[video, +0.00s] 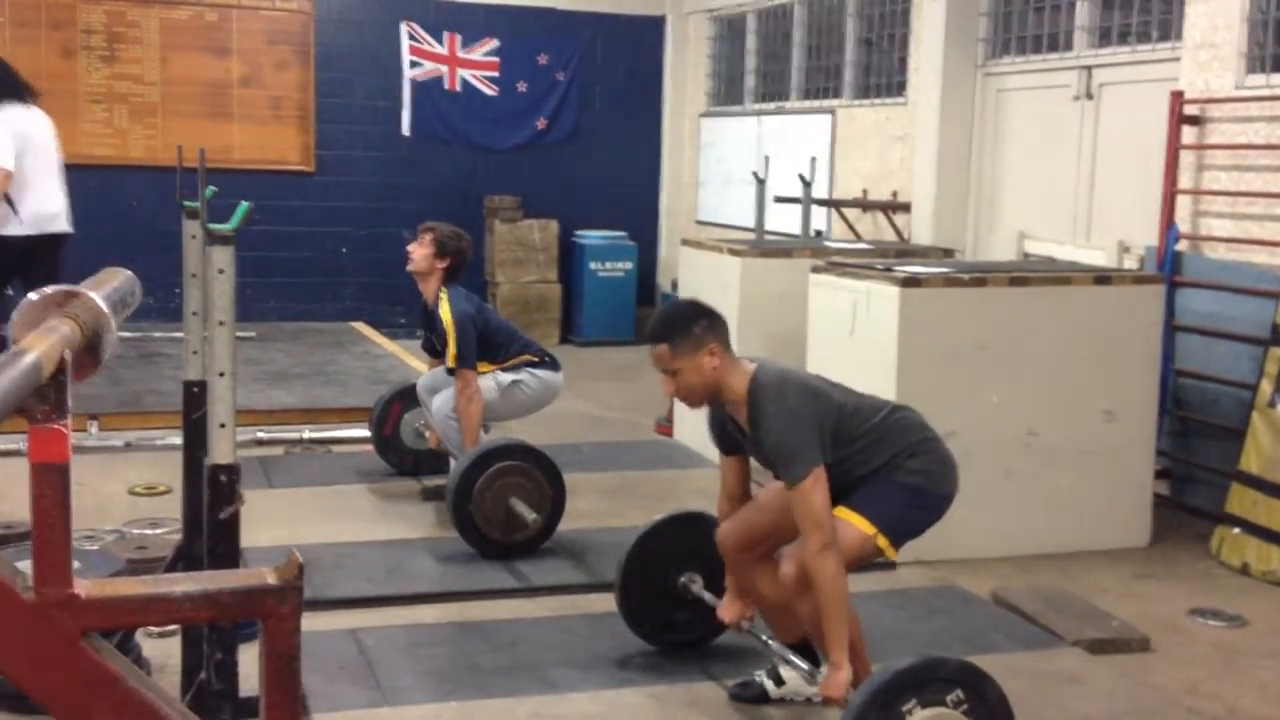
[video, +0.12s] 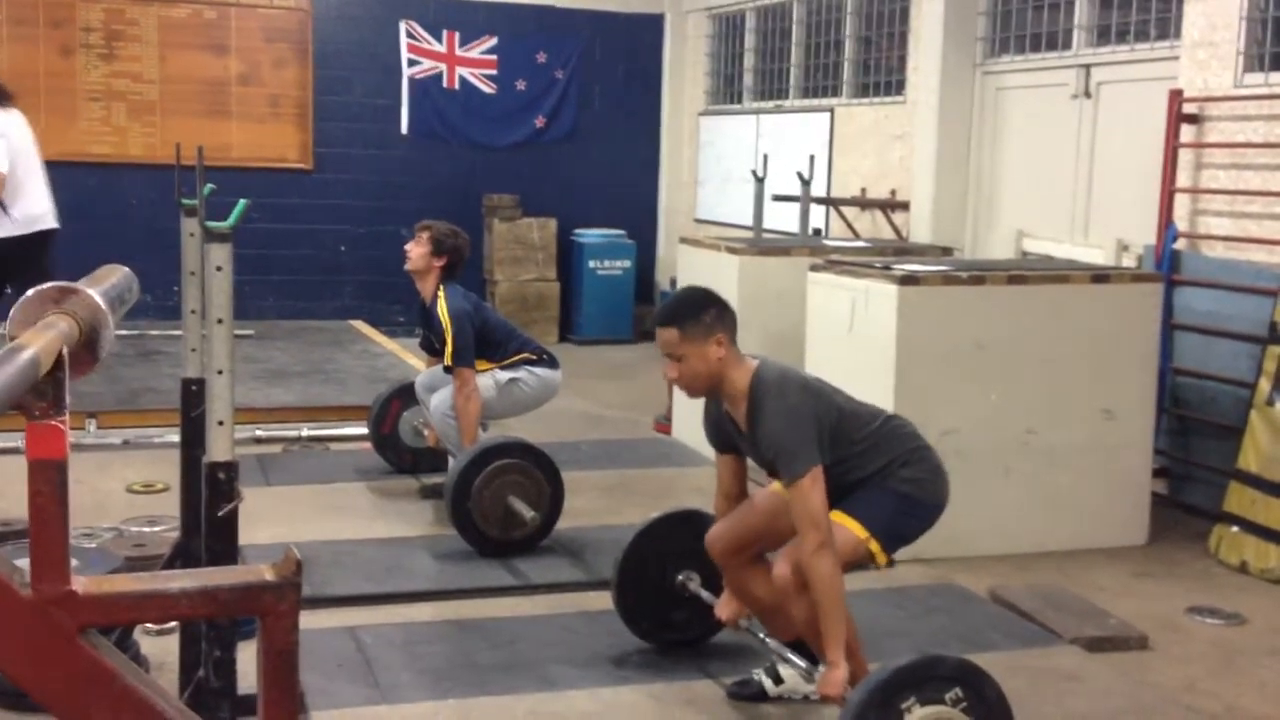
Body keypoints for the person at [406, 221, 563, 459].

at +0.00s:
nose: (409, 248)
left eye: (421, 243)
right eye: (415, 241)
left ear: (441, 262)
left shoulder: (456, 310)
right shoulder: (432, 305)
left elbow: (468, 388)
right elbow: (436, 367)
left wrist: (472, 456)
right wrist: (437, 430)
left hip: (536, 375)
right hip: (509, 370)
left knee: (444, 408)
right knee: (428, 386)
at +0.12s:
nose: (406, 247)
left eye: (418, 243)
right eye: (412, 241)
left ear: (439, 261)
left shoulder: (453, 307)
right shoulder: (431, 304)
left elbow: (466, 387)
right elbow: (434, 366)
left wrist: (470, 457)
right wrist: (436, 429)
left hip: (535, 373)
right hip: (509, 369)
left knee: (442, 408)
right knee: (427, 384)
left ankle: (481, 474)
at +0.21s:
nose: (405, 246)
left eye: (417, 242)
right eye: (411, 240)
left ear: (438, 259)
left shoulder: (452, 306)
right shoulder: (430, 302)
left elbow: (466, 387)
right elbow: (433, 367)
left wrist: (468, 454)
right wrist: (435, 428)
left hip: (534, 371)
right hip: (507, 366)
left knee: (443, 407)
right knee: (426, 384)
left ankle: (482, 475)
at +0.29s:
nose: (403, 246)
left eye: (415, 241)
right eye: (408, 239)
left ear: (436, 259)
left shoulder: (451, 305)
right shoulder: (428, 300)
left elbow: (466, 386)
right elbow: (432, 363)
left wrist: (470, 456)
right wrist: (434, 424)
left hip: (532, 369)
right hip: (505, 365)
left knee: (441, 406)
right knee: (424, 383)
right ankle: (460, 473)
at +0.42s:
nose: (399, 245)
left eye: (411, 239)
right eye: (404, 237)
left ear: (434, 255)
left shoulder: (452, 302)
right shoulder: (428, 298)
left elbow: (466, 381)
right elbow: (431, 362)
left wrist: (467, 452)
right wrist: (430, 419)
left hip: (533, 361)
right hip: (503, 358)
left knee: (441, 402)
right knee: (425, 384)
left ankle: (472, 481)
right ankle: (456, 475)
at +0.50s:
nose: (398, 243)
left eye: (409, 236)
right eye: (402, 235)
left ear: (433, 251)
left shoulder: (453, 298)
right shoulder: (427, 294)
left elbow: (466, 377)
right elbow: (431, 356)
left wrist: (466, 450)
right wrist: (435, 419)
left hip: (533, 357)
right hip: (504, 354)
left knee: (442, 398)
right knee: (425, 381)